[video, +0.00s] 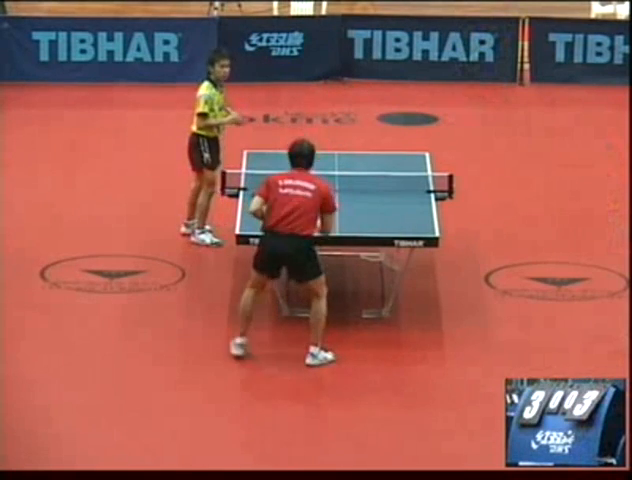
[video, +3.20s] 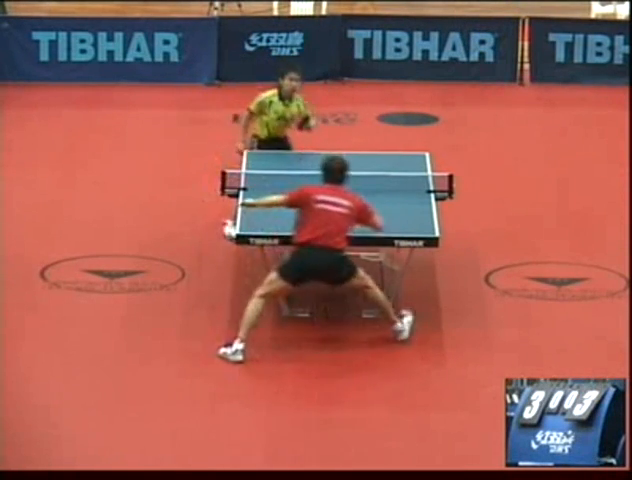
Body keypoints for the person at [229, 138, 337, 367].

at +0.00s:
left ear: (290, 159)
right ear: (312, 161)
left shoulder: (273, 181)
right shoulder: (321, 187)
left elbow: (255, 208)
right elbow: (327, 227)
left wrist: (271, 218)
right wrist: (307, 224)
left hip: (271, 240)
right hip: (301, 244)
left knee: (254, 286)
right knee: (318, 294)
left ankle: (240, 339)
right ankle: (315, 349)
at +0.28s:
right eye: (299, 179)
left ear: (277, 181)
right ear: (300, 182)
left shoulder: (262, 198)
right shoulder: (308, 206)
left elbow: (236, 221)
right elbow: (310, 246)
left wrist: (244, 235)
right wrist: (297, 232)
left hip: (255, 250)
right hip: (283, 254)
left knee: (244, 287)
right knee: (318, 292)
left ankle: (234, 337)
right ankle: (315, 349)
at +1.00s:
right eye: (294, 189)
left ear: (275, 190)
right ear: (297, 192)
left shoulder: (260, 205)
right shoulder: (307, 211)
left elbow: (239, 224)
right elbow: (305, 250)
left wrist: (244, 244)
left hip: (256, 250)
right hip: (285, 253)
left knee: (241, 287)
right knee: (314, 294)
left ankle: (228, 336)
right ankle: (315, 349)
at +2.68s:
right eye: (295, 167)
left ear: (275, 169)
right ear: (298, 170)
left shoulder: (260, 191)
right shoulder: (307, 194)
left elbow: (239, 219)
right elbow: (316, 233)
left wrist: (256, 228)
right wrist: (296, 232)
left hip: (261, 246)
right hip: (291, 249)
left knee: (242, 286)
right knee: (325, 293)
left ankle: (228, 336)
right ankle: (348, 344)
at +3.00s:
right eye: (312, 167)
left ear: (293, 169)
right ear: (316, 171)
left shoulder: (278, 192)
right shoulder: (327, 196)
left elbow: (256, 220)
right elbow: (346, 230)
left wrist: (268, 229)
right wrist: (328, 225)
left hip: (282, 251)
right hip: (312, 251)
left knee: (248, 295)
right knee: (345, 287)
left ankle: (237, 345)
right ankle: (353, 340)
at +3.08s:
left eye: (309, 168)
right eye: (317, 169)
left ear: (301, 172)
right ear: (322, 174)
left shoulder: (285, 194)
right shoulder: (333, 198)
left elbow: (255, 213)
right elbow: (356, 228)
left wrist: (250, 214)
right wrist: (338, 220)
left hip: (288, 254)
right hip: (319, 256)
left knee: (249, 294)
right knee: (353, 282)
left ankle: (237, 345)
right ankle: (369, 331)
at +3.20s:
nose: (332, 176)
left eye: (328, 172)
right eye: (341, 173)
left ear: (323, 174)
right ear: (345, 176)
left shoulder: (310, 193)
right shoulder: (354, 201)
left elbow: (279, 201)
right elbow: (377, 225)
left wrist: (248, 203)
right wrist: (357, 214)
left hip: (304, 255)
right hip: (334, 257)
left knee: (262, 294)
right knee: (367, 285)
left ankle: (238, 345)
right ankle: (398, 324)